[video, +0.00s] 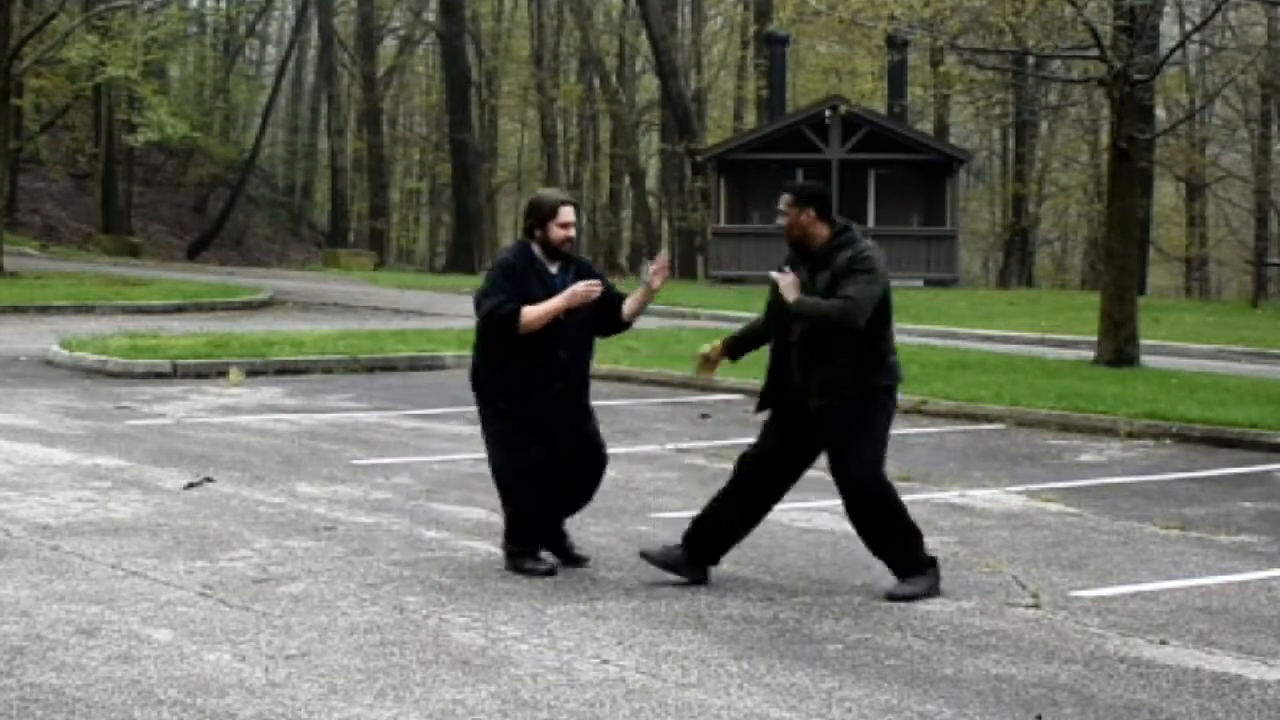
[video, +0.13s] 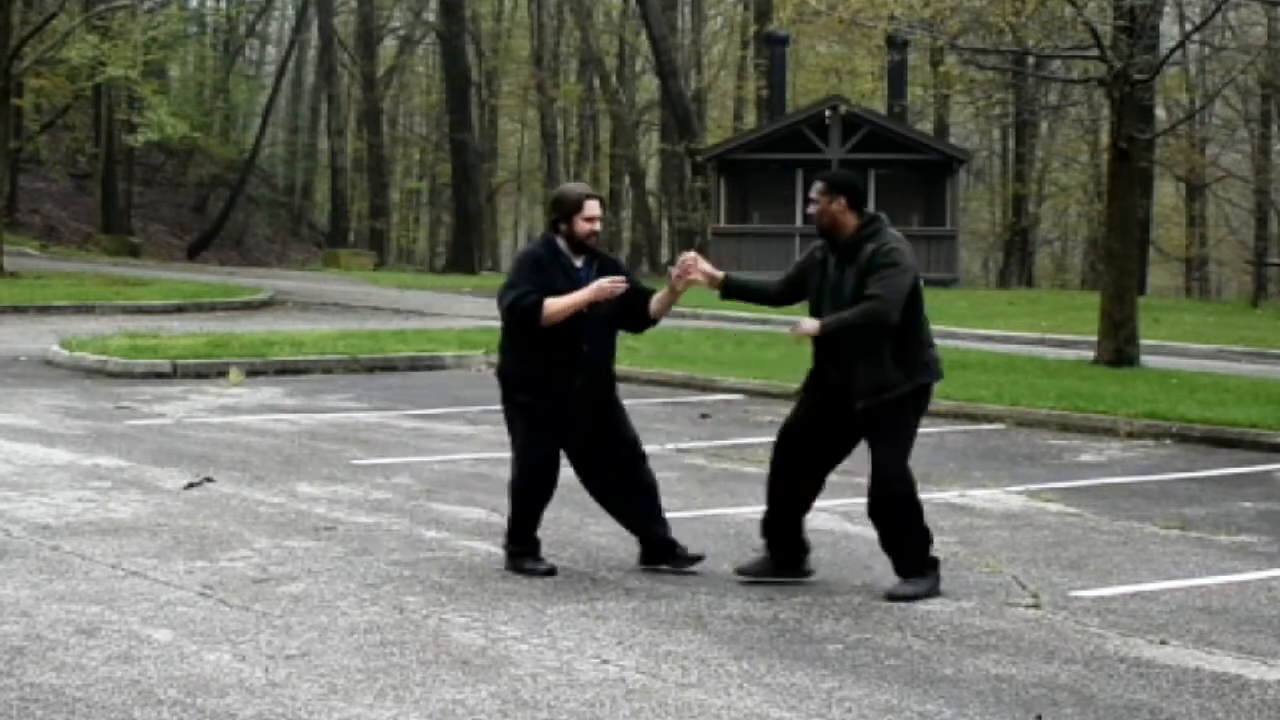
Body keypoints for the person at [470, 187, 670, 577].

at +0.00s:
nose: (571, 233)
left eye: (574, 226)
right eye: (563, 226)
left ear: (575, 227)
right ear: (538, 228)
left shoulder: (578, 271)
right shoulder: (510, 267)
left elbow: (613, 318)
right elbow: (501, 324)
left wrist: (648, 290)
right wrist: (565, 300)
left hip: (563, 392)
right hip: (512, 394)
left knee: (587, 459)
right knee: (524, 468)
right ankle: (520, 549)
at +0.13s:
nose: (596, 227)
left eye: (599, 219)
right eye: (588, 220)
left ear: (600, 221)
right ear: (563, 221)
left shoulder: (605, 268)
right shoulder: (534, 261)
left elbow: (639, 316)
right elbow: (522, 315)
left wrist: (673, 289)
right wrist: (589, 294)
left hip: (590, 390)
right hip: (535, 392)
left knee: (626, 463)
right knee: (536, 470)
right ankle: (521, 550)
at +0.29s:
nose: (631, 222)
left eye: (633, 215)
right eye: (623, 215)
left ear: (633, 218)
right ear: (598, 217)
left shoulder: (638, 260)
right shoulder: (570, 256)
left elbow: (670, 299)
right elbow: (558, 307)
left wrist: (708, 288)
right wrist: (623, 281)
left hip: (632, 391)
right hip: (579, 392)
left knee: (661, 471)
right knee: (560, 473)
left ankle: (683, 551)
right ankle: (523, 548)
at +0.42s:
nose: (655, 222)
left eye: (657, 215)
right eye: (646, 216)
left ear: (658, 217)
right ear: (622, 218)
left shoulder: (664, 260)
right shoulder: (597, 259)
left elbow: (711, 289)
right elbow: (594, 309)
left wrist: (753, 309)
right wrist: (653, 276)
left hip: (662, 391)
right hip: (609, 392)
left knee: (676, 474)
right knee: (580, 469)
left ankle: (685, 554)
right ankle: (534, 545)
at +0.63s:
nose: (688, 218)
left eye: (689, 210)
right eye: (680, 211)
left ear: (683, 213)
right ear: (656, 213)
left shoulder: (689, 257)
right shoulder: (628, 254)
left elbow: (716, 309)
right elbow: (644, 301)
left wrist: (754, 328)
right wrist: (705, 269)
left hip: (688, 386)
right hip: (642, 387)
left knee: (688, 475)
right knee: (632, 471)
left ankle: (685, 555)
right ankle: (581, 533)